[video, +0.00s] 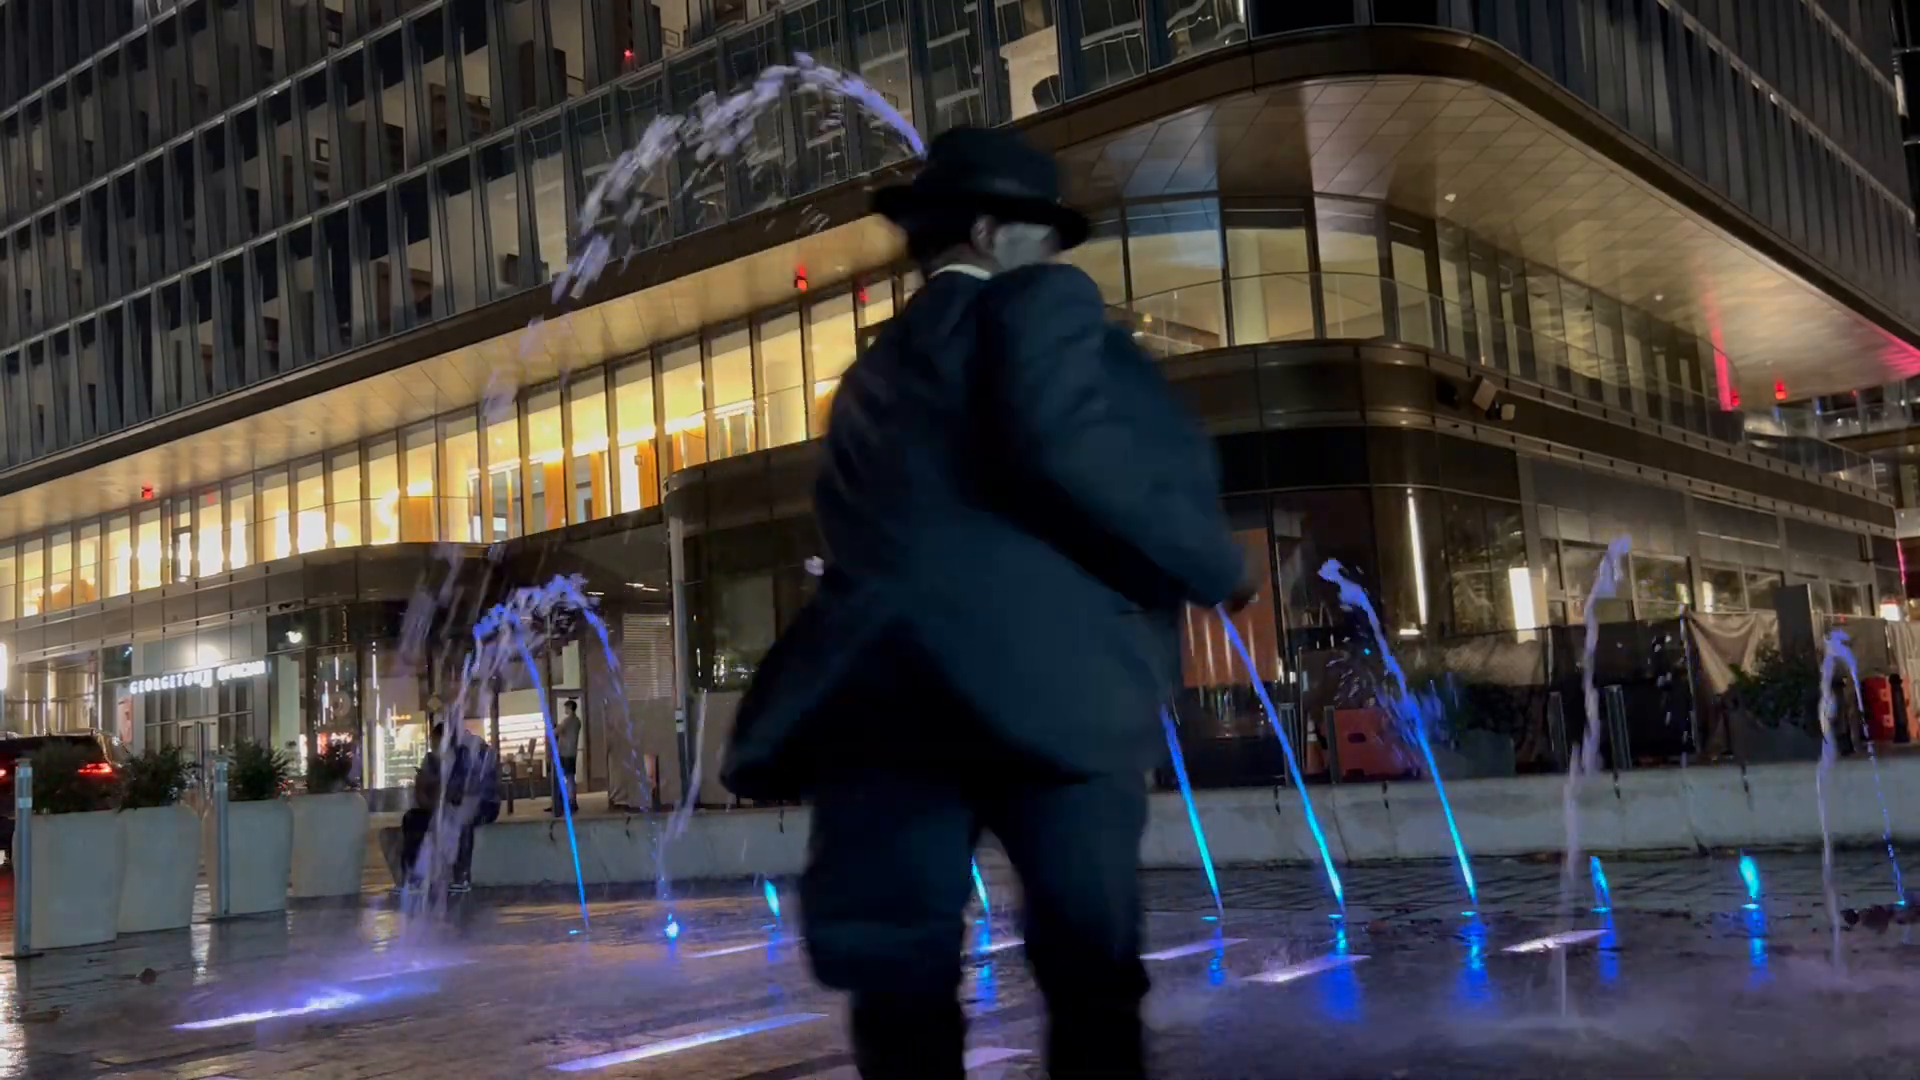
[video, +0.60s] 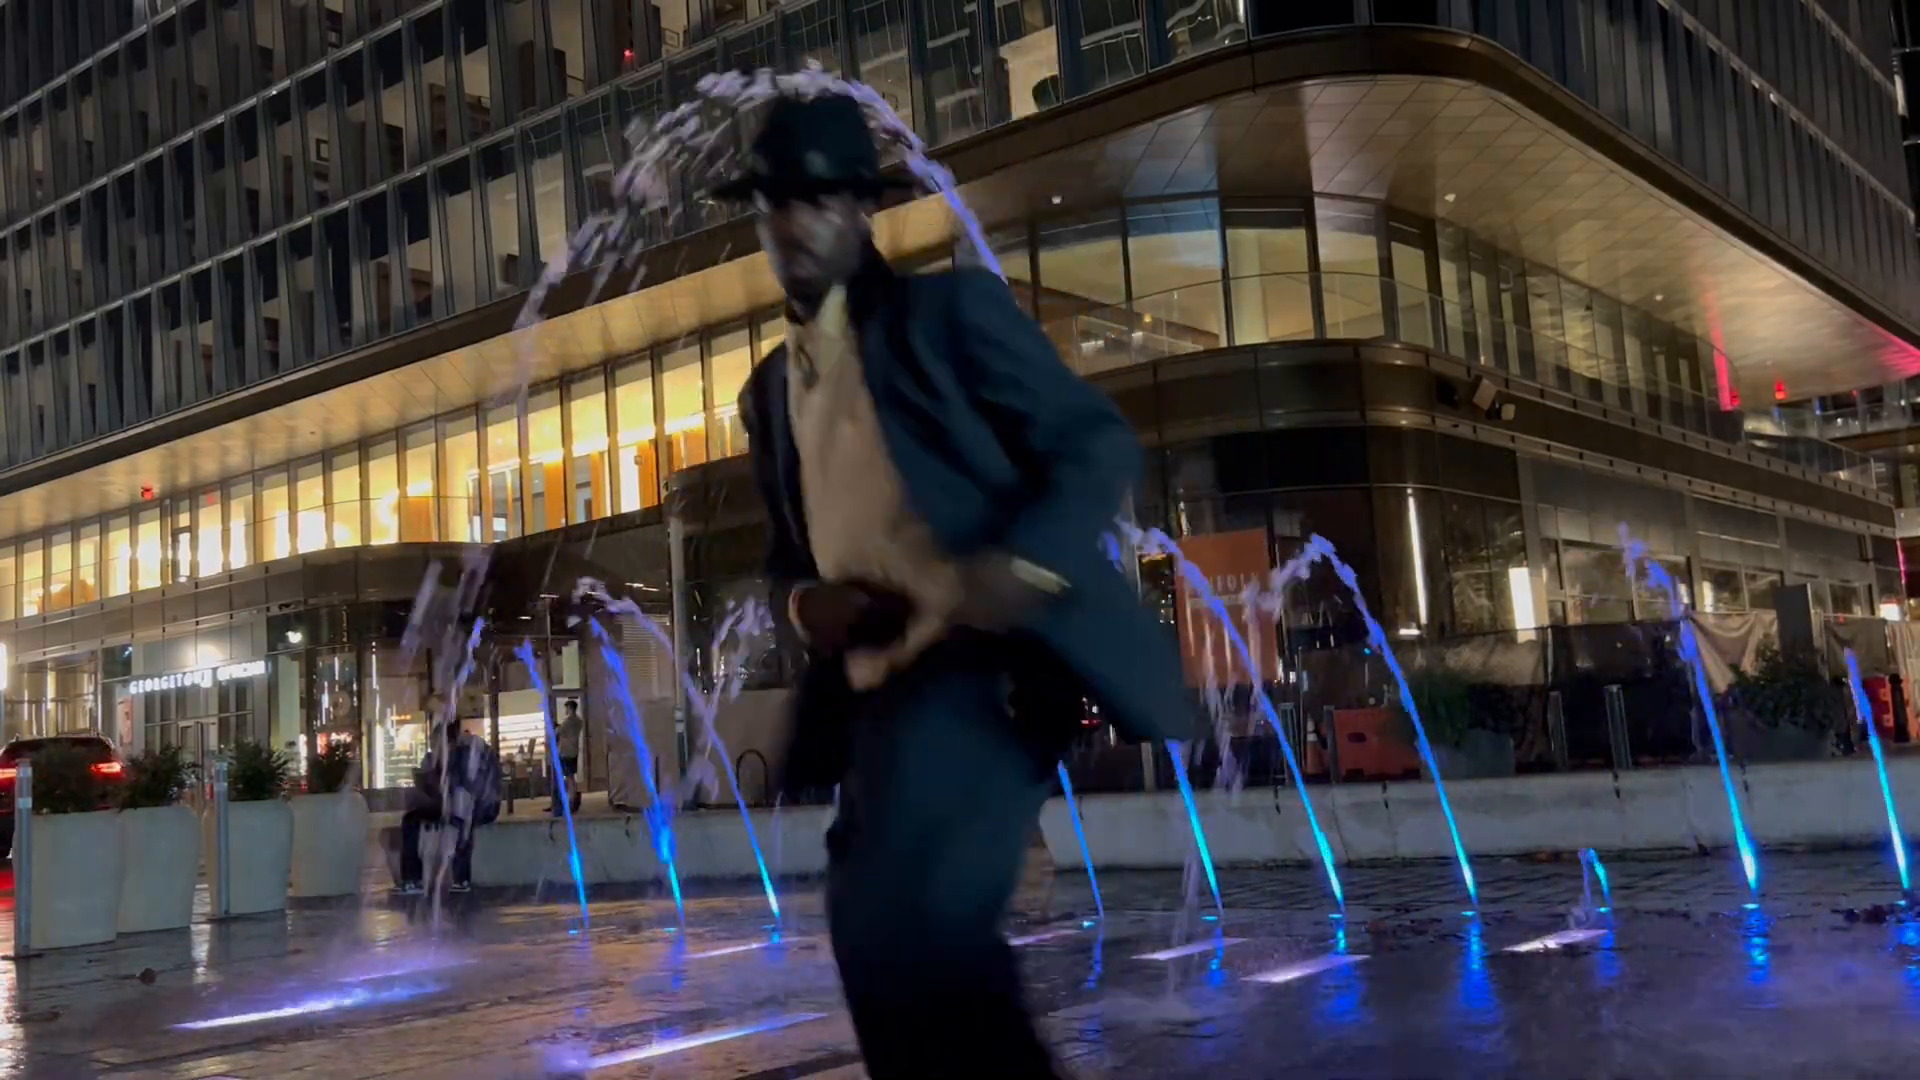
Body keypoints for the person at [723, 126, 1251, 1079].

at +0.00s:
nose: (1060, 248)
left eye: (1056, 230)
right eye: (1047, 229)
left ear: (933, 240)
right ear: (1002, 231)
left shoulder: (871, 369)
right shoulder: (1036, 299)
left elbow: (846, 523)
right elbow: (1067, 434)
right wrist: (1216, 564)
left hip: (880, 702)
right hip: (1041, 686)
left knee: (900, 994)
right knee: (1093, 989)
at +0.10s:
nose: (1094, 242)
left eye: (1097, 221)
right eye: (1078, 216)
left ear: (1009, 212)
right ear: (1002, 211)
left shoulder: (962, 312)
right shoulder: (996, 297)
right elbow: (985, 451)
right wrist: (1194, 505)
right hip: (994, 723)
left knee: (993, 988)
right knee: (1145, 984)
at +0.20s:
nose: (1094, 212)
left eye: (1096, 189)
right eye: (1073, 184)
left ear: (1009, 191)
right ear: (989, 184)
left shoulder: (1025, 326)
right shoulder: (919, 279)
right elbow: (835, 436)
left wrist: (1081, 558)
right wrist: (1037, 480)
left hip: (998, 680)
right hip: (942, 687)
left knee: (1074, 926)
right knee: (1087, 923)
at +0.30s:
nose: (1057, 184)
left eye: (1060, 160)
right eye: (1032, 155)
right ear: (948, 158)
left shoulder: (1072, 319)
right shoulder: (831, 283)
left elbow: (1094, 482)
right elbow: (718, 443)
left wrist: (1127, 565)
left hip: (1067, 681)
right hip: (923, 687)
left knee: (1101, 990)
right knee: (1016, 988)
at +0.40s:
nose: (948, 200)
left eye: (964, 177)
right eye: (923, 172)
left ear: (982, 191)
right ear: (864, 182)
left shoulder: (1047, 319)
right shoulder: (762, 349)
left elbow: (1116, 474)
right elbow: (697, 519)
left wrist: (1152, 588)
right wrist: (813, 535)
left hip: (1064, 705)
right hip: (886, 728)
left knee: (1101, 993)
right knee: (905, 1014)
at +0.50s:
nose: (858, 242)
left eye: (880, 219)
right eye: (833, 219)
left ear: (908, 235)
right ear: (797, 239)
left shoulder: (1003, 340)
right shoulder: (760, 422)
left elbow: (1129, 486)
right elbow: (724, 592)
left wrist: (1144, 604)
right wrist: (797, 608)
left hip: (1031, 705)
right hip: (888, 737)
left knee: (1024, 982)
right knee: (844, 938)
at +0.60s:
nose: (787, 227)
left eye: (811, 201)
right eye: (772, 204)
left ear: (864, 209)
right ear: (758, 218)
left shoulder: (949, 305)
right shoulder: (770, 392)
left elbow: (1097, 446)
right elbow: (788, 561)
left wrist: (1025, 567)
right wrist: (806, 601)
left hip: (990, 670)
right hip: (877, 700)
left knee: (925, 917)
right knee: (872, 923)